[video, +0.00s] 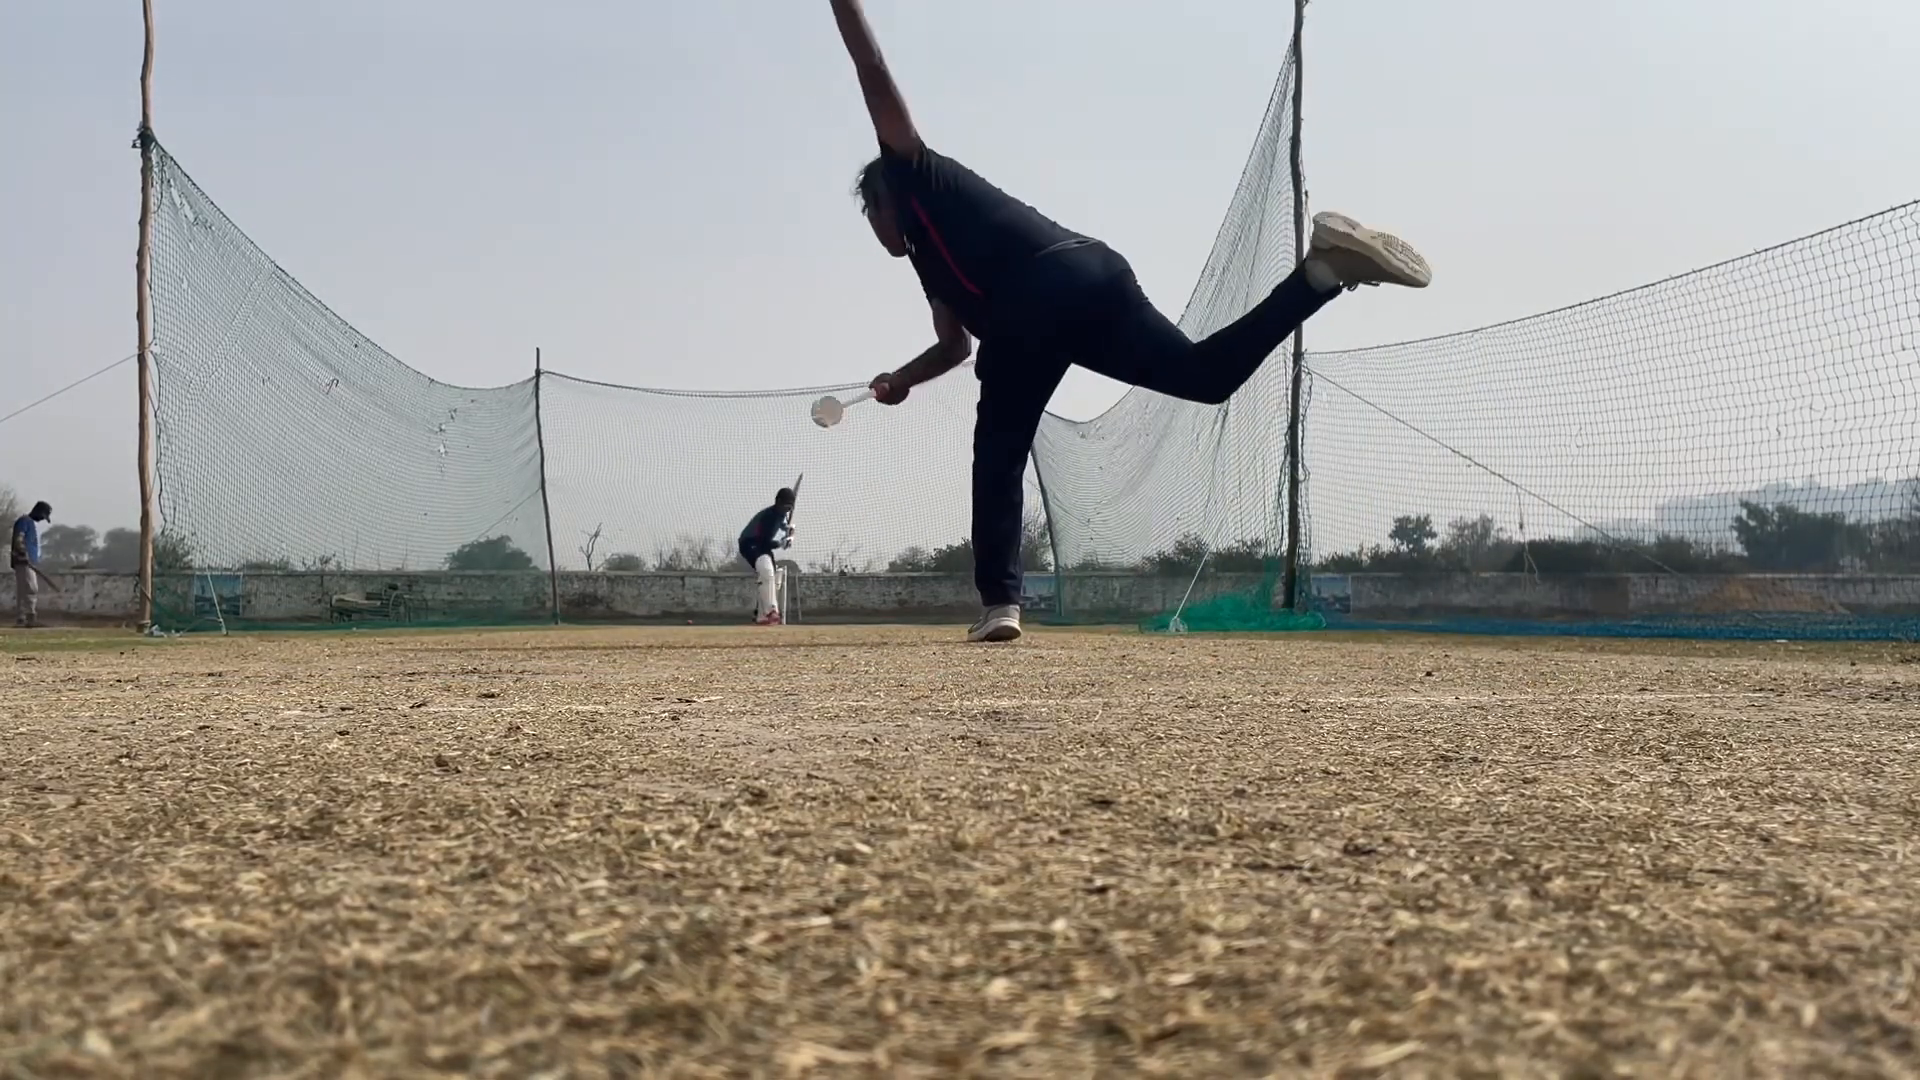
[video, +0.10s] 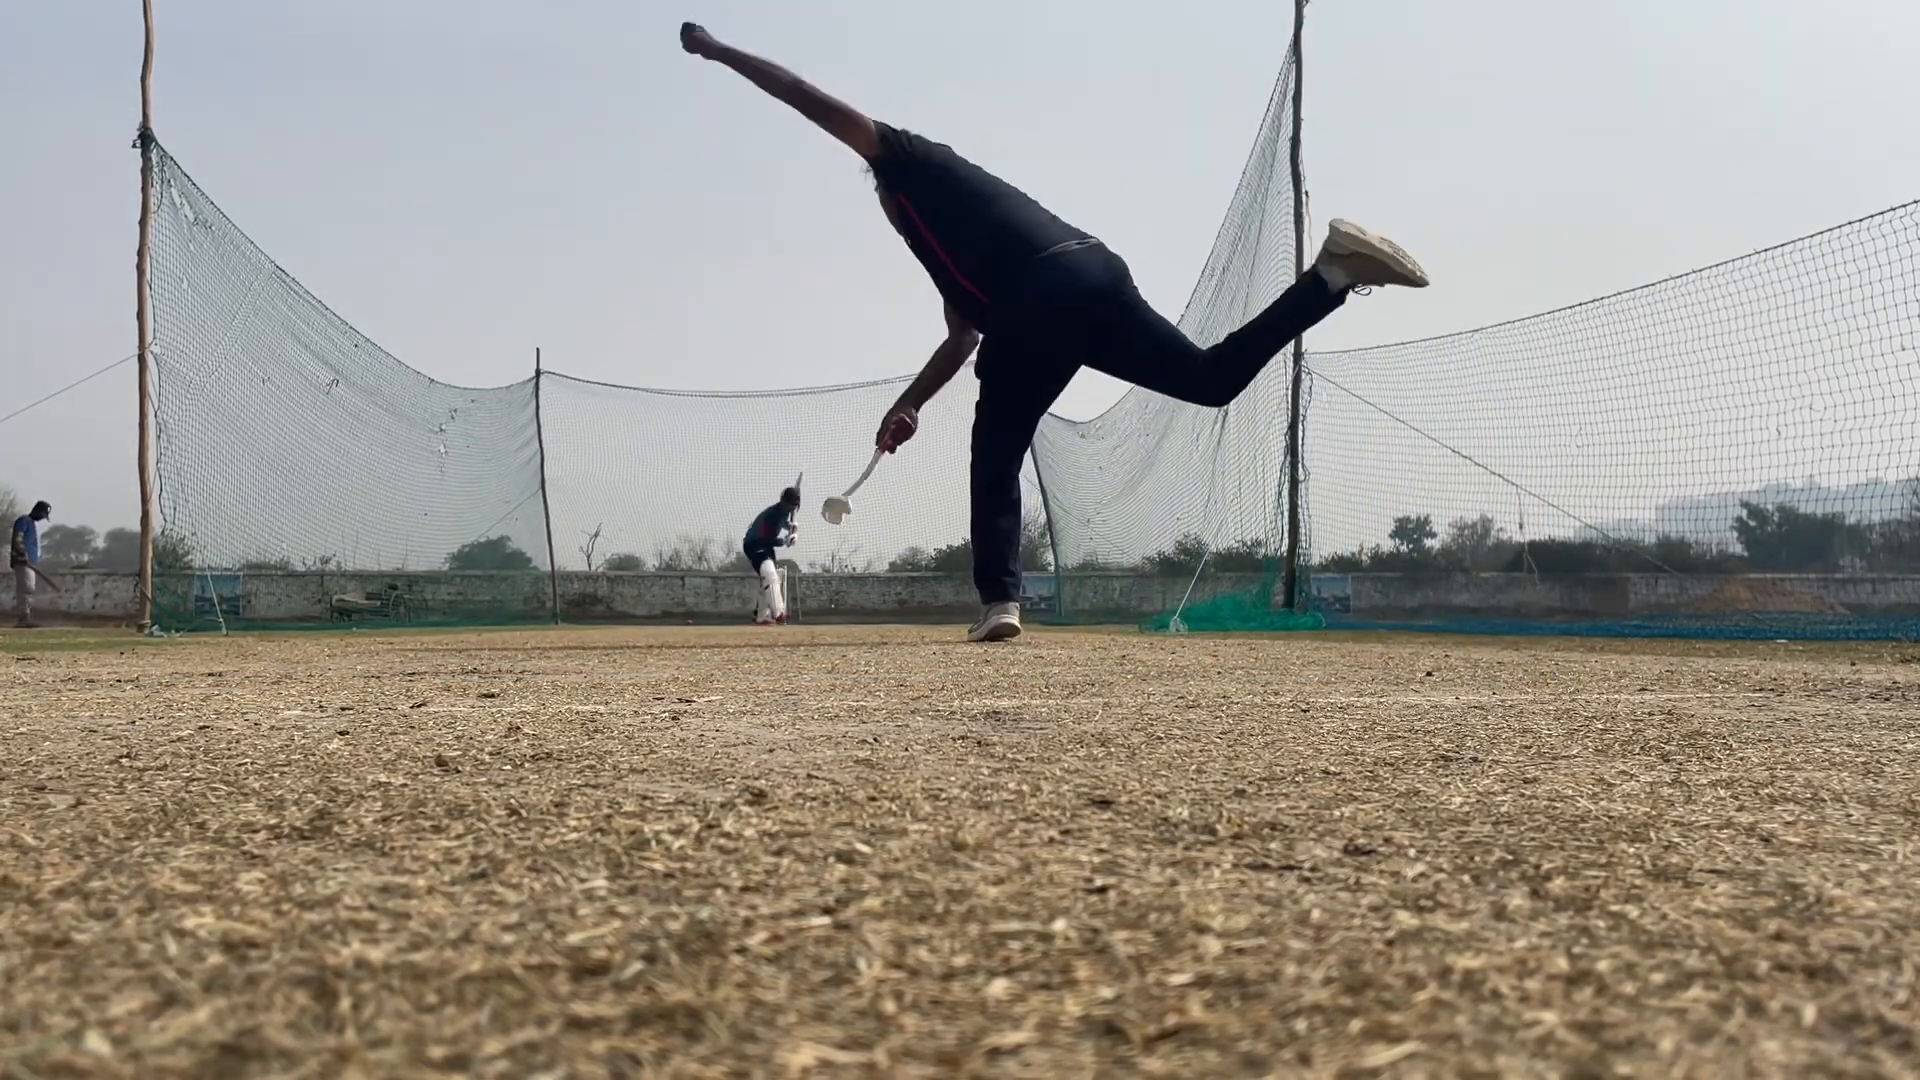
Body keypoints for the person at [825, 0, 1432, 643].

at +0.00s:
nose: (875, 234)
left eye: (871, 216)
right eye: (871, 222)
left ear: (887, 192)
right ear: (898, 209)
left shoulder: (910, 169)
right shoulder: (940, 267)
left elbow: (869, 66)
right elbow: (952, 348)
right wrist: (901, 380)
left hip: (1029, 305)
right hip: (1095, 282)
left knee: (997, 457)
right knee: (1206, 378)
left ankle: (1000, 609)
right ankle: (1324, 271)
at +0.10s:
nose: (884, 206)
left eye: (881, 195)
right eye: (884, 199)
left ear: (892, 181)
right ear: (914, 199)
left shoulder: (913, 161)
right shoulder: (957, 246)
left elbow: (807, 97)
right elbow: (959, 341)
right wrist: (905, 409)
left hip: (1036, 297)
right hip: (1102, 284)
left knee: (995, 450)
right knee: (1212, 379)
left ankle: (1001, 612)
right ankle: (1337, 274)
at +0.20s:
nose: (875, 170)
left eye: (880, 159)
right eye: (882, 163)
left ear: (893, 146)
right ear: (937, 140)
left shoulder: (902, 159)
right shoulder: (977, 180)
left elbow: (804, 191)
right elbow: (1001, 307)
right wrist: (957, 403)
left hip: (1035, 295)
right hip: (1096, 275)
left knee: (994, 458)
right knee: (1171, 403)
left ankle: (1000, 607)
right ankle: (1305, 332)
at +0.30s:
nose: (889, 156)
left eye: (890, 148)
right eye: (892, 148)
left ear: (898, 140)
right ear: (945, 131)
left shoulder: (904, 167)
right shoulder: (981, 163)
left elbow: (842, 264)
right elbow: (1021, 254)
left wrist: (816, 350)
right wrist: (997, 348)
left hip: (1034, 287)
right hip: (1094, 268)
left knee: (995, 449)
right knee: (1114, 419)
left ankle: (1000, 602)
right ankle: (1255, 434)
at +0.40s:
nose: (899, 153)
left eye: (898, 145)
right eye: (901, 145)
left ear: (905, 141)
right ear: (952, 130)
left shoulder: (911, 175)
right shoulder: (991, 159)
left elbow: (914, 277)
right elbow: (1022, 244)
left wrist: (918, 383)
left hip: (1026, 284)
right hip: (1090, 267)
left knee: (995, 452)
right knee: (1089, 418)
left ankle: (998, 601)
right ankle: (1178, 544)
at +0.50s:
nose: (910, 148)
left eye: (910, 140)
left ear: (914, 136)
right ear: (963, 128)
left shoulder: (921, 167)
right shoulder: (1010, 161)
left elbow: (956, 232)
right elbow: (1093, 242)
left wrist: (991, 317)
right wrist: (1123, 326)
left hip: (1029, 291)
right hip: (1092, 279)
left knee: (991, 449)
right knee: (1089, 438)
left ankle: (997, 599)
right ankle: (1110, 595)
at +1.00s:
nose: (1010, 109)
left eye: (1012, 102)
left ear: (1016, 100)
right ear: (1067, 103)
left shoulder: (1017, 125)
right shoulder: (1091, 147)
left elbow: (1013, 200)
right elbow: (1100, 231)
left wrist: (972, 301)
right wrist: (1045, 303)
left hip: (1068, 299)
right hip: (1127, 296)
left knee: (1020, 445)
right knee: (1093, 452)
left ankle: (1016, 587)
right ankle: (1097, 604)